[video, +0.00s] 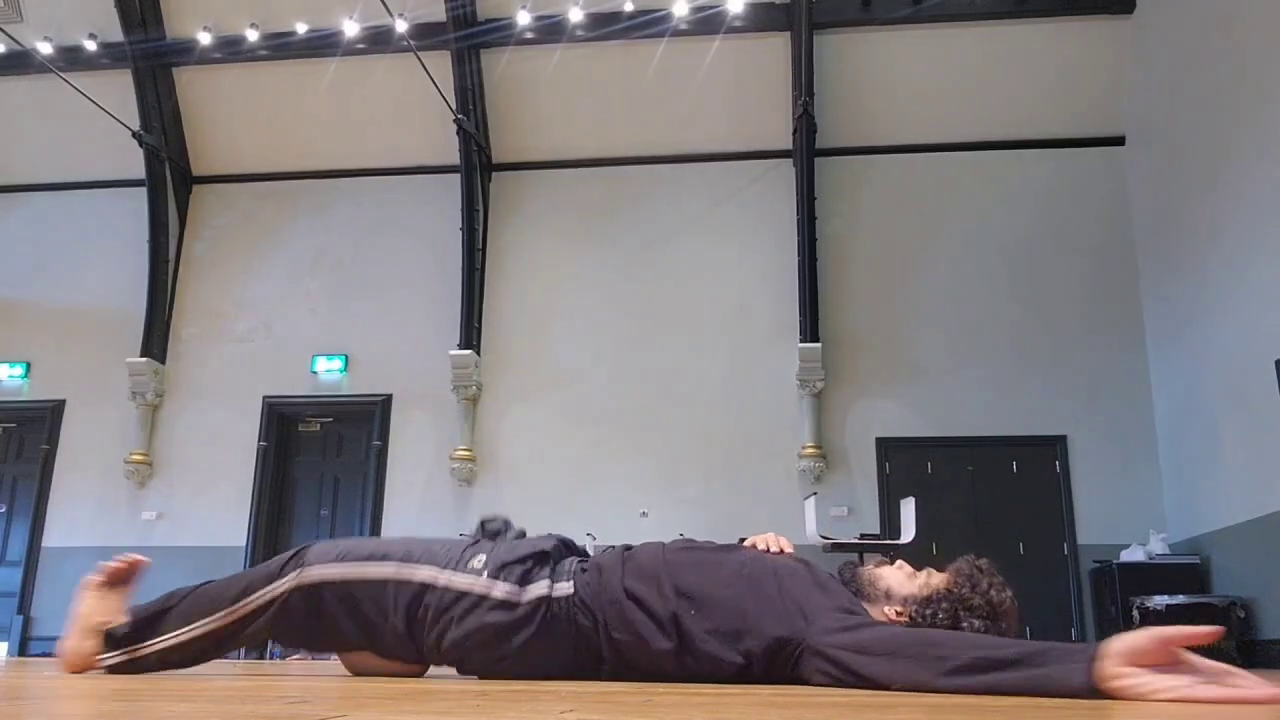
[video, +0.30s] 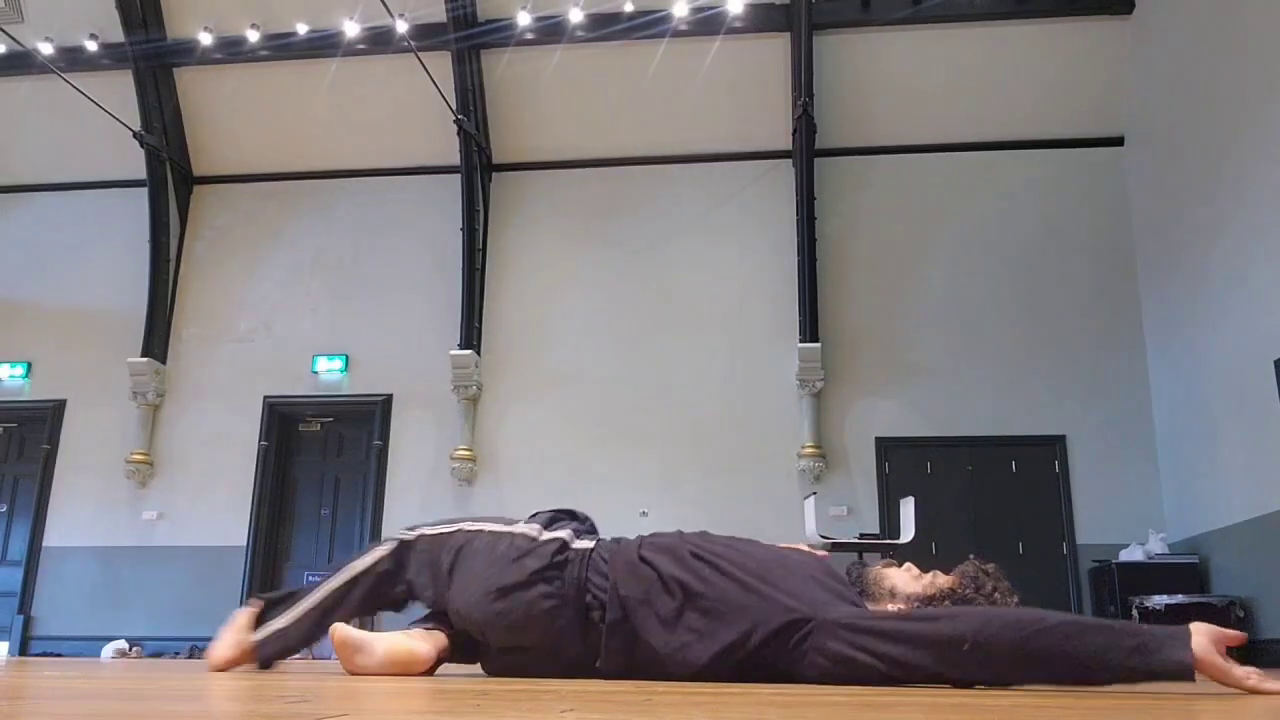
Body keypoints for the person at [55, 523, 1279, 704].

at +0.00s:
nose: (901, 566)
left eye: (920, 578)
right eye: (918, 568)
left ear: (922, 621)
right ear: (917, 594)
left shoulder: (841, 636)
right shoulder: (841, 597)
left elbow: (945, 663)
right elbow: (929, 638)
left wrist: (1090, 665)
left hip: (539, 615)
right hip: (549, 567)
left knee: (310, 577)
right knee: (317, 558)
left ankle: (136, 643)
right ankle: (161, 618)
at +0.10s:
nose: (910, 567)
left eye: (928, 581)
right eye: (925, 566)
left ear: (928, 625)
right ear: (915, 587)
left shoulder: (862, 637)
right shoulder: (845, 593)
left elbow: (991, 662)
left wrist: (1146, 665)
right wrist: (1145, 649)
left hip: (571, 612)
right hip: (579, 575)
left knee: (355, 565)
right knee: (400, 550)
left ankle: (177, 629)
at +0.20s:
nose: (913, 567)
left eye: (930, 582)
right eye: (929, 565)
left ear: (931, 620)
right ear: (917, 575)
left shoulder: (879, 637)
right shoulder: (830, 574)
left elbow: (1007, 655)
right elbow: (702, 556)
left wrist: (1174, 659)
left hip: (595, 613)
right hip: (572, 568)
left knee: (402, 564)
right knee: (391, 552)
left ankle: (216, 636)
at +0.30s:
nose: (907, 571)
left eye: (924, 580)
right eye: (923, 568)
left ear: (928, 614)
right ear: (920, 587)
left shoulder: (870, 628)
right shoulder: (841, 584)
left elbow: (1008, 644)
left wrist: (1172, 641)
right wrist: (1167, 633)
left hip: (580, 600)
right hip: (592, 580)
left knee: (422, 552)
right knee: (469, 558)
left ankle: (258, 637)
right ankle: (414, 643)